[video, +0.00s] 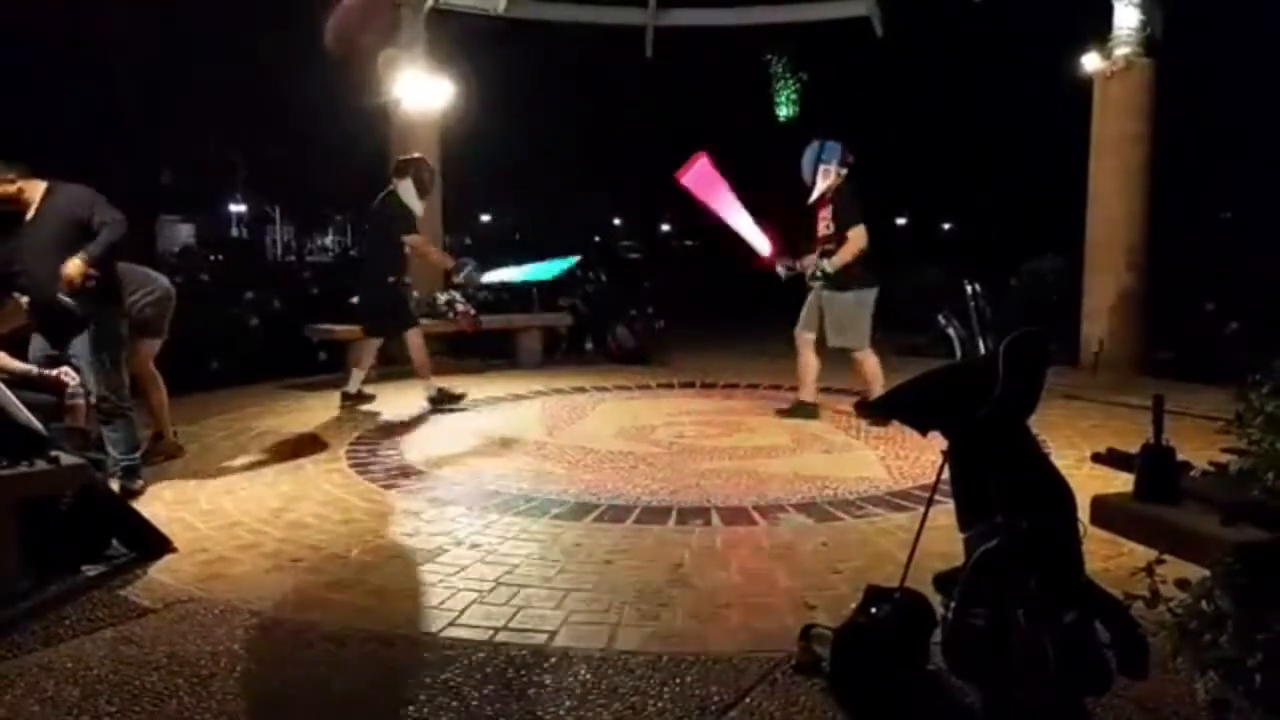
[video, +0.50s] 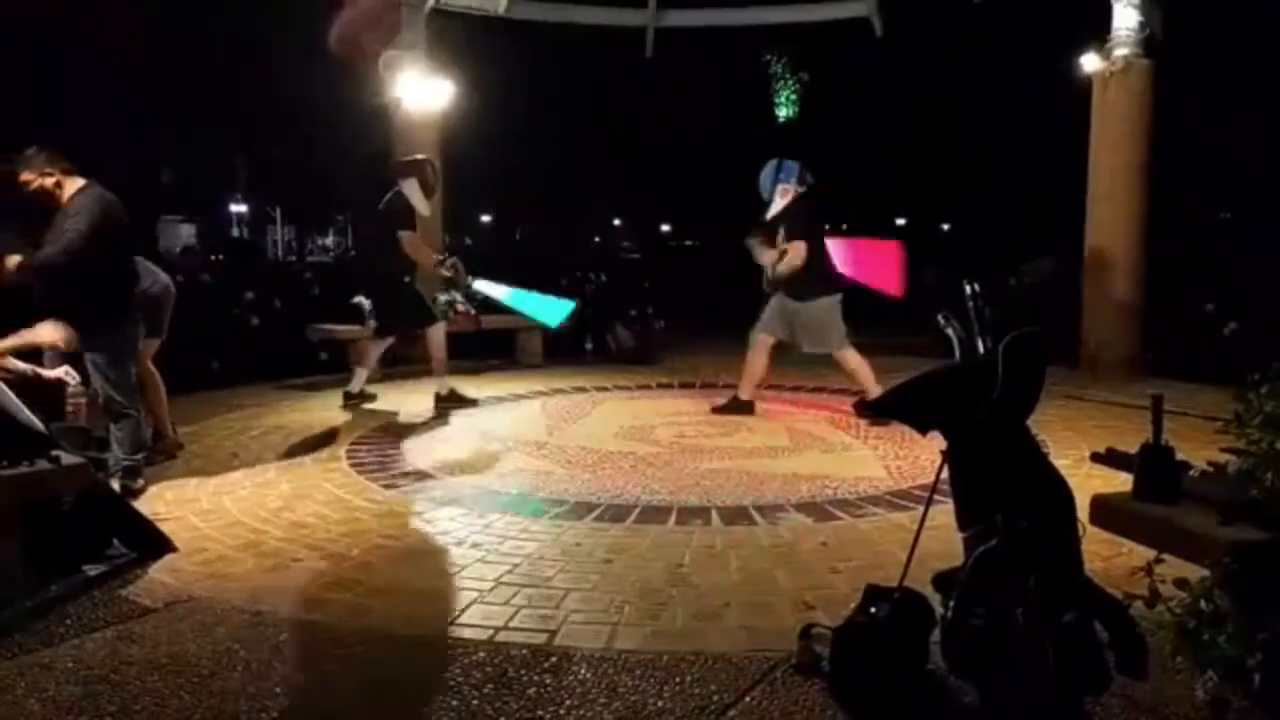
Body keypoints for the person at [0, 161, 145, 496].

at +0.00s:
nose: (5, 200)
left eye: (4, 193)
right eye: (2, 195)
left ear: (16, 182)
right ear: (8, 189)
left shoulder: (72, 198)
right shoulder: (15, 223)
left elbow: (116, 225)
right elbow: (15, 272)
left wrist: (84, 259)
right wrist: (17, 296)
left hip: (91, 314)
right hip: (47, 321)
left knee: (106, 396)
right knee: (42, 399)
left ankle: (126, 471)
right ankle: (60, 472)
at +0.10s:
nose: (9, 196)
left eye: (9, 189)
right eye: (6, 191)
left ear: (26, 178)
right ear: (24, 181)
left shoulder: (83, 196)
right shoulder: (29, 216)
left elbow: (115, 229)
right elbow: (27, 266)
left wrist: (66, 247)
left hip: (99, 314)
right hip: (55, 317)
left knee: (109, 397)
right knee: (43, 394)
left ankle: (127, 470)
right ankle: (58, 469)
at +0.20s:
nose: (17, 195)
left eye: (17, 186)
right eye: (13, 189)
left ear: (35, 174)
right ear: (31, 179)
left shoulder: (90, 197)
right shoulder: (43, 213)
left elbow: (108, 233)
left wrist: (52, 244)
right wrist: (26, 272)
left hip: (104, 314)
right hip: (61, 317)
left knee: (113, 397)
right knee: (54, 393)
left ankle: (127, 471)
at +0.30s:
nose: (29, 195)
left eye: (29, 186)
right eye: (24, 189)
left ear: (48, 174)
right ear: (44, 179)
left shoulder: (96, 201)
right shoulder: (60, 210)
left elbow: (85, 242)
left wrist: (32, 247)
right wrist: (24, 262)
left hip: (109, 311)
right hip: (73, 311)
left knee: (115, 395)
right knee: (62, 388)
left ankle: (127, 470)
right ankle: (75, 466)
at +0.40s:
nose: (29, 195)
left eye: (29, 185)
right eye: (24, 189)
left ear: (48, 174)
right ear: (44, 179)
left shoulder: (96, 201)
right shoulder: (60, 210)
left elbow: (85, 242)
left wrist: (32, 247)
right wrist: (24, 262)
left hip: (109, 311)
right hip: (73, 311)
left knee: (115, 395)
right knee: (62, 388)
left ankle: (127, 470)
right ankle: (75, 466)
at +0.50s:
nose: (32, 194)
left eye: (33, 185)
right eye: (29, 188)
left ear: (52, 175)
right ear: (51, 177)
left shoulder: (93, 206)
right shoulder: (72, 206)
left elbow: (65, 254)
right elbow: (60, 253)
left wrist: (26, 264)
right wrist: (31, 264)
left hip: (112, 317)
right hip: (92, 313)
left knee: (119, 399)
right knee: (100, 395)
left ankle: (128, 471)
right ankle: (109, 463)